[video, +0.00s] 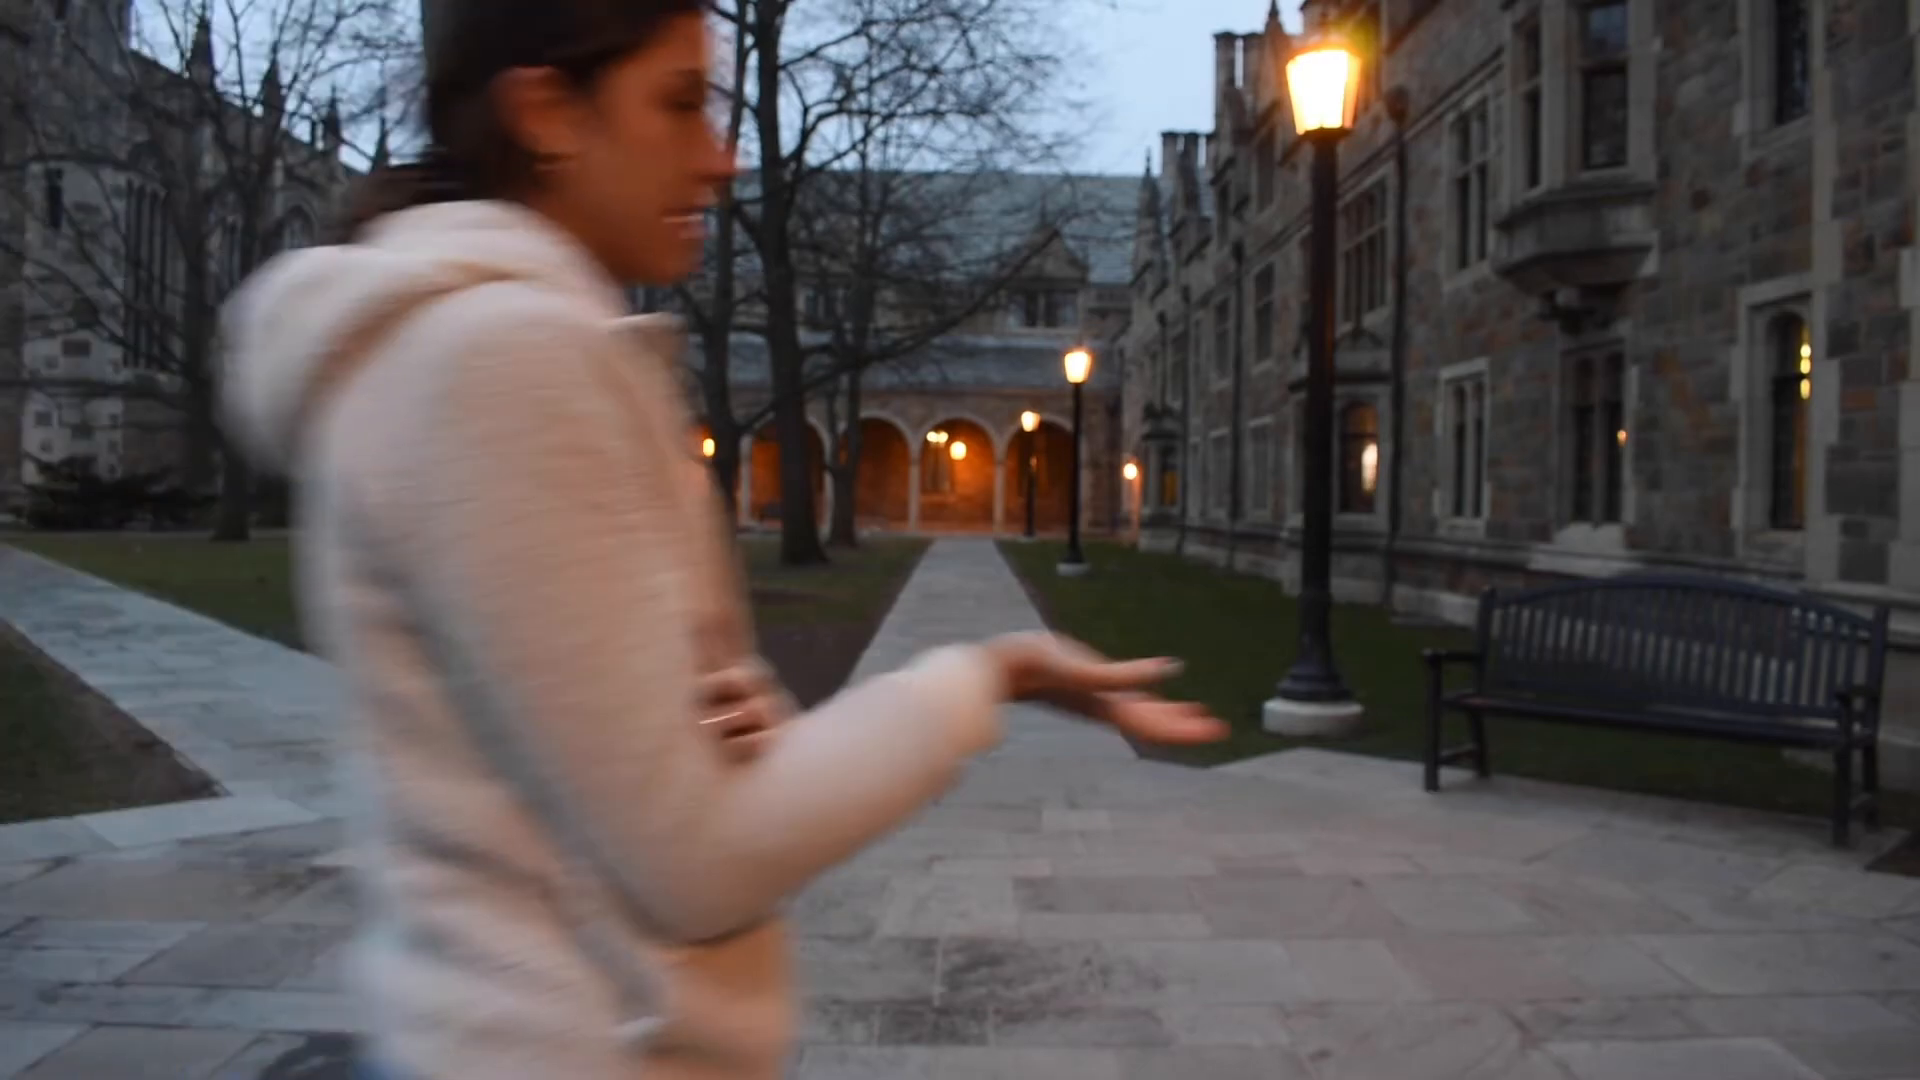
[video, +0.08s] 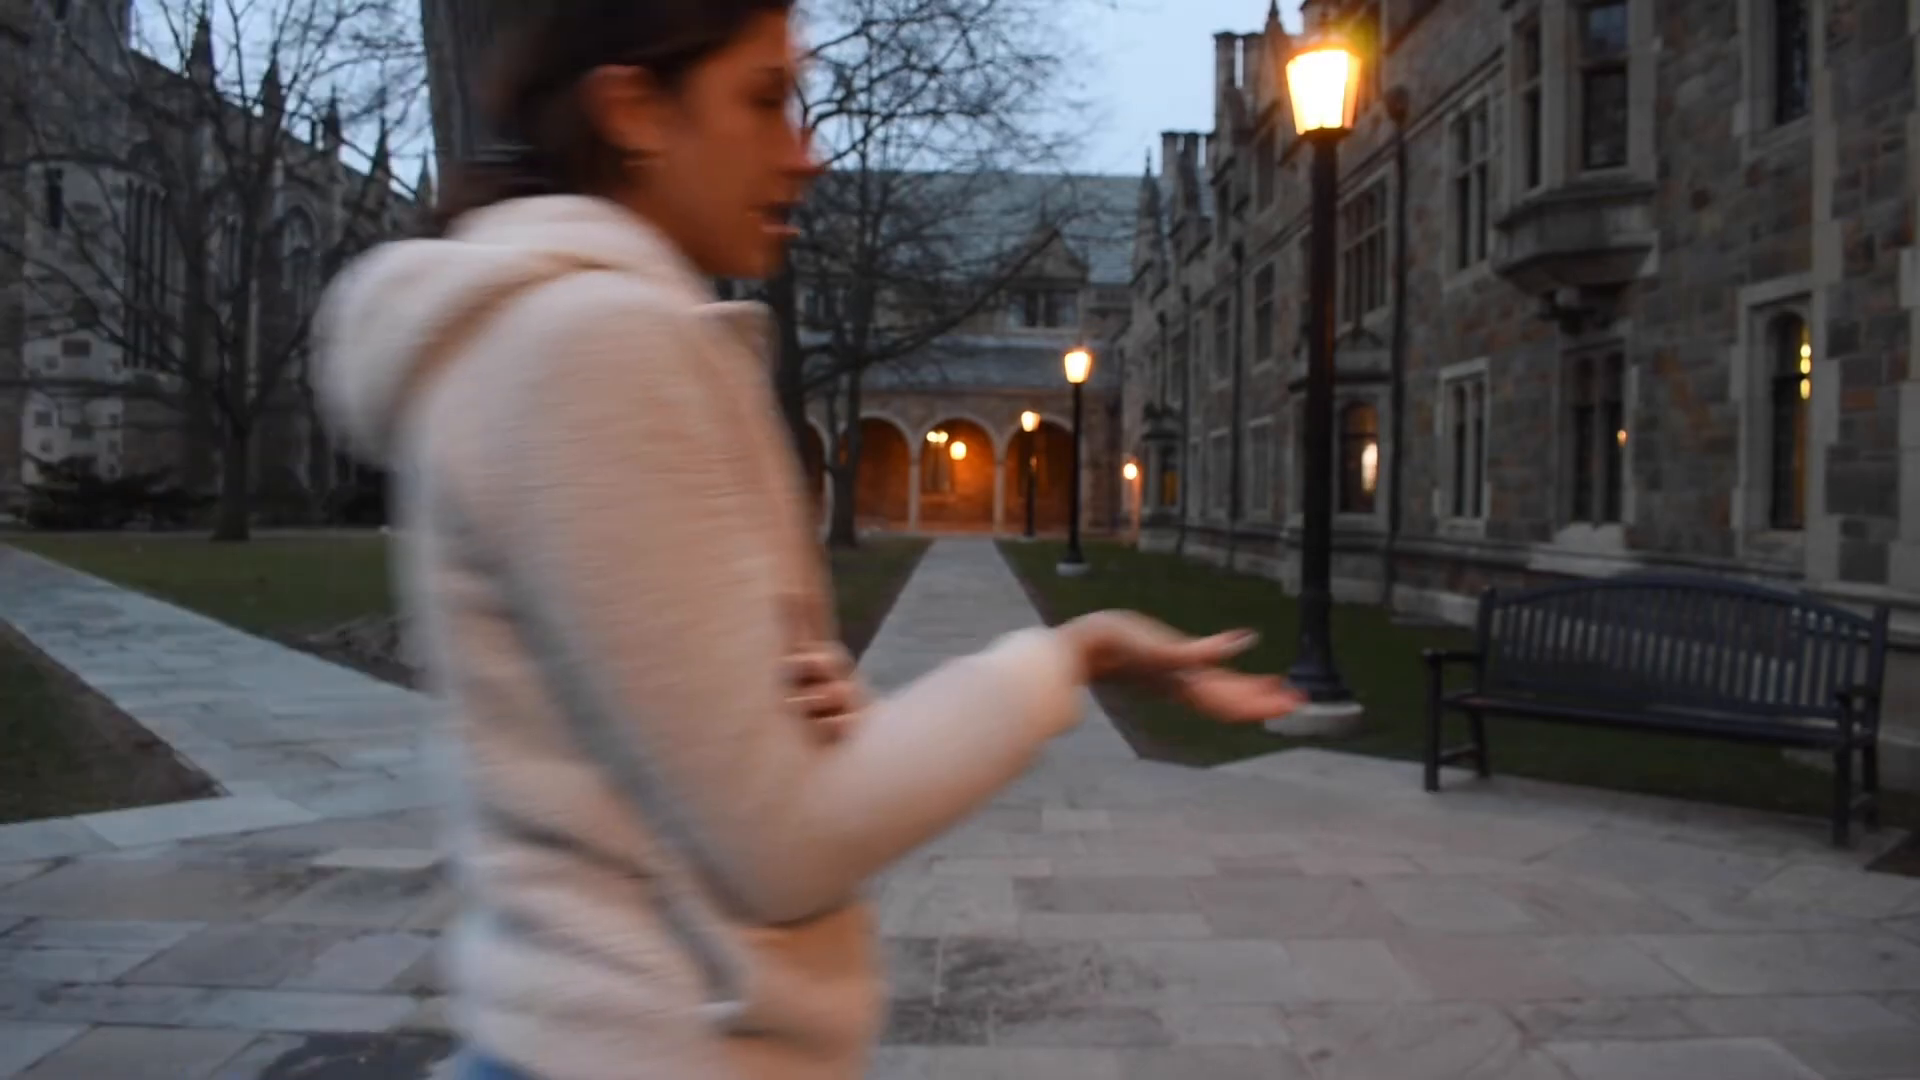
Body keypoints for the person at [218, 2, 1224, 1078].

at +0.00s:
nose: (723, 156)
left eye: (714, 106)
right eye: (685, 102)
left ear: (554, 121)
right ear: (545, 113)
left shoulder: (505, 333)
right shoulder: (504, 351)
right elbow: (690, 862)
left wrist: (747, 717)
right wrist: (984, 674)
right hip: (577, 1045)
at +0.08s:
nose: (808, 156)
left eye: (798, 108)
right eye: (771, 102)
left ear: (638, 117)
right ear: (631, 109)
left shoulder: (574, 326)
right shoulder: (598, 341)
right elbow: (777, 844)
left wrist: (827, 707)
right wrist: (1063, 660)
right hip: (663, 1043)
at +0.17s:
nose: (888, 160)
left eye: (879, 111)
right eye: (851, 107)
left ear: (721, 124)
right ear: (716, 116)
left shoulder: (633, 329)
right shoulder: (681, 346)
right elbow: (859, 844)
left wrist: (876, 708)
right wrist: (1131, 655)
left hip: (663, 1023)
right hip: (743, 1045)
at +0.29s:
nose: (1003, 165)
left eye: (994, 117)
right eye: (968, 114)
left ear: (848, 128)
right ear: (839, 124)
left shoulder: (761, 328)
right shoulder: (798, 342)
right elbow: (954, 838)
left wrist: (980, 704)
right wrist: (1236, 671)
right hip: (828, 1043)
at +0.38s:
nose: (1077, 166)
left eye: (1067, 119)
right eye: (1045, 117)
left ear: (928, 126)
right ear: (922, 122)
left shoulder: (827, 322)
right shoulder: (882, 338)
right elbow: (1029, 832)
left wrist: (1055, 696)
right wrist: (1303, 675)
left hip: (825, 1023)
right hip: (899, 1041)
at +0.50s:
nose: (1196, 195)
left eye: (1189, 150)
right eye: (1169, 142)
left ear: (1057, 141)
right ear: (1056, 137)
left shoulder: (930, 334)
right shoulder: (1026, 354)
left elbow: (935, 737)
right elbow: (1170, 835)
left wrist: (1160, 697)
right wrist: (1428, 676)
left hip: (930, 1014)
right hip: (1030, 1037)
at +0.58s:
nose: (1266, 206)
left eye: (1267, 162)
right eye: (1245, 154)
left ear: (1133, 153)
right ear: (1134, 148)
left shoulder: (1005, 347)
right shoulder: (1129, 363)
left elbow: (1020, 746)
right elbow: (1281, 837)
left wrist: (1259, 703)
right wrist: (1509, 668)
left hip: (1006, 1018)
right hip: (1128, 1038)